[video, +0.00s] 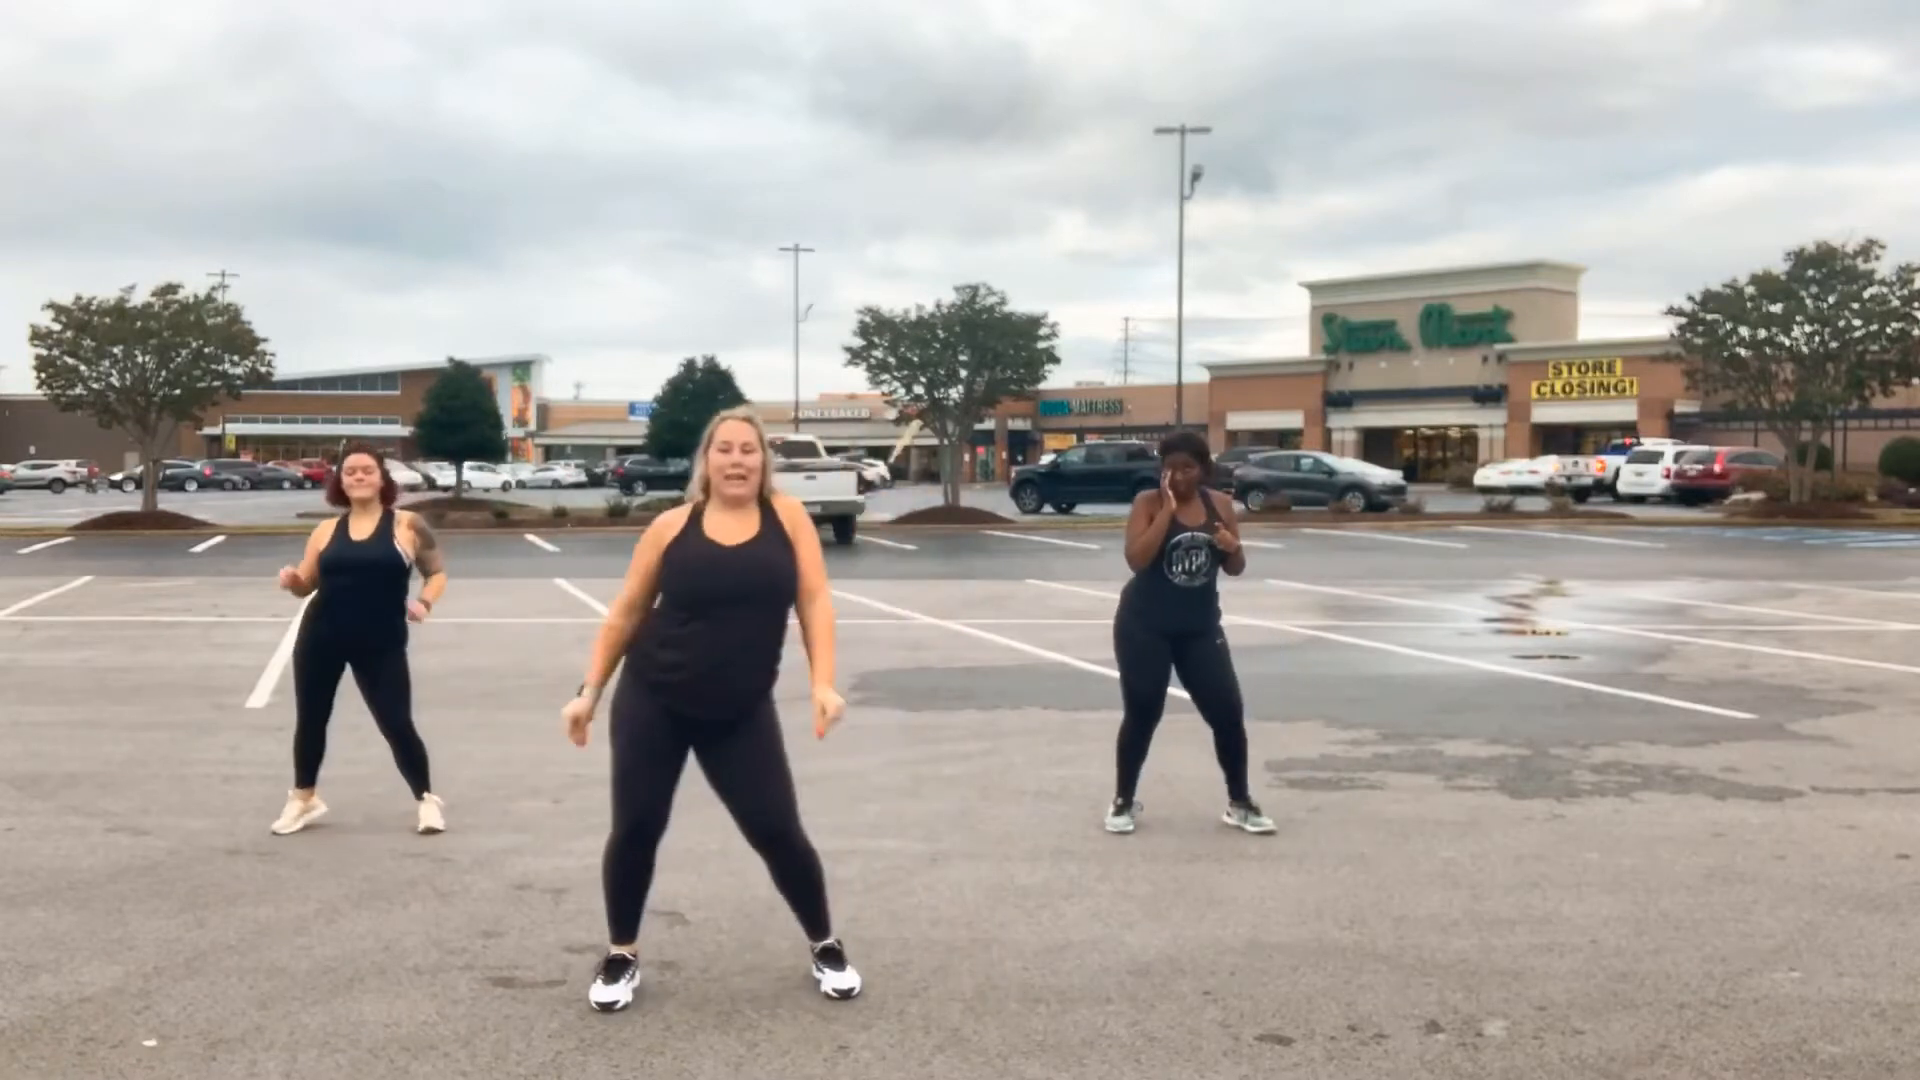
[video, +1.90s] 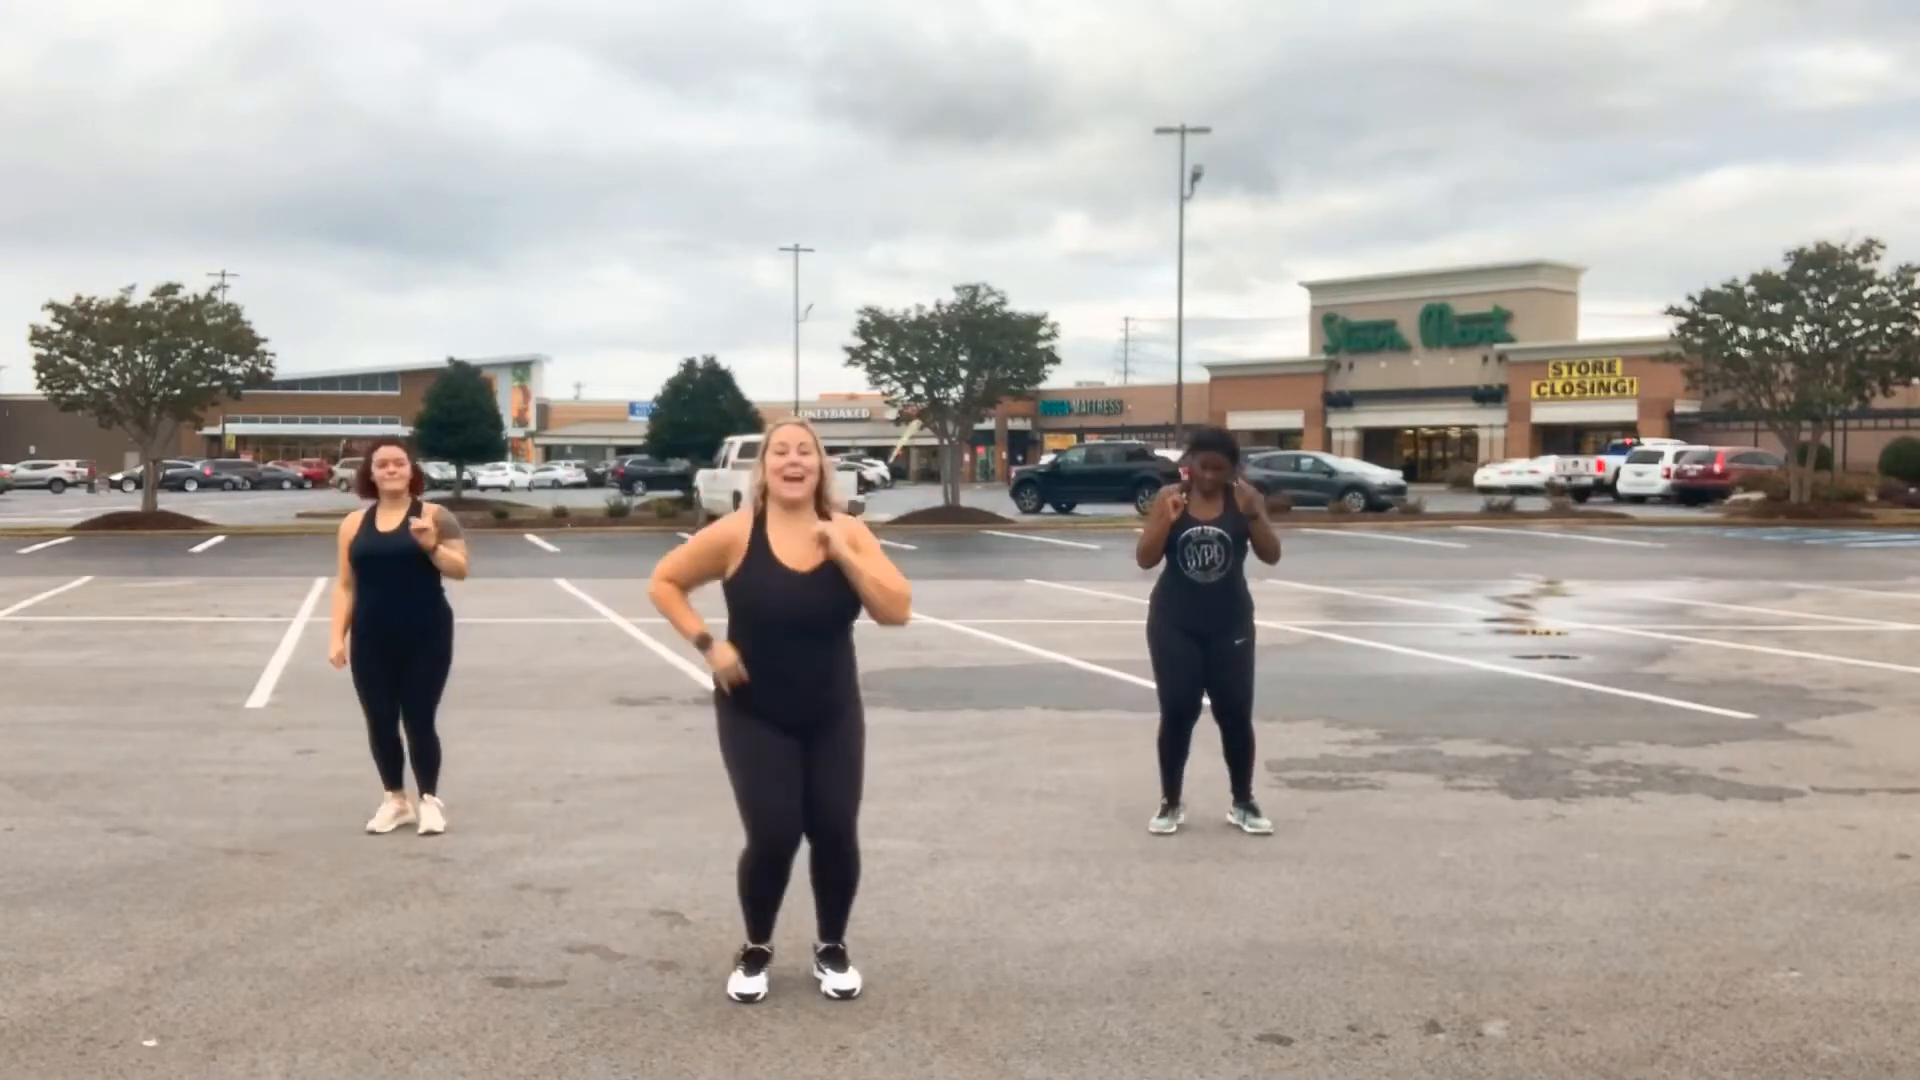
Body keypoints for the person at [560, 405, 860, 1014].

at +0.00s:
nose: (736, 460)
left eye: (748, 449)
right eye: (724, 449)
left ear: (764, 460)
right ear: (704, 459)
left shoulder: (788, 520)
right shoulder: (670, 527)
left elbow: (814, 599)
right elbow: (626, 611)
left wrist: (822, 681)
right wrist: (590, 690)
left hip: (739, 709)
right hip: (652, 703)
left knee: (779, 834)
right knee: (635, 829)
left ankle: (825, 947)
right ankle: (621, 953)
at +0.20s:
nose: (726, 460)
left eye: (739, 451)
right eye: (715, 448)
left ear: (754, 462)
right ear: (695, 457)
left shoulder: (776, 521)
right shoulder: (659, 526)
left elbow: (817, 602)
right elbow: (621, 592)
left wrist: (860, 672)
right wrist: (599, 625)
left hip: (745, 706)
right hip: (655, 703)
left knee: (786, 831)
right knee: (630, 831)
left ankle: (826, 947)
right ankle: (621, 955)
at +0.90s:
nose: (759, 470)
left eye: (771, 459)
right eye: (748, 458)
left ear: (789, 463)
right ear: (730, 463)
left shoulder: (818, 519)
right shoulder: (701, 526)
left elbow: (857, 597)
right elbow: (671, 615)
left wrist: (892, 628)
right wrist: (603, 668)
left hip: (790, 703)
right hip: (702, 699)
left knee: (807, 832)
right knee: (649, 821)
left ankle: (829, 951)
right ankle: (606, 942)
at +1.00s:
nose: (746, 458)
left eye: (757, 447)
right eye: (734, 447)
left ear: (776, 453)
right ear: (716, 454)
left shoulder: (806, 512)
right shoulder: (687, 517)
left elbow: (852, 583)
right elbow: (647, 597)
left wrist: (897, 580)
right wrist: (563, 612)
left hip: (769, 697)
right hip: (680, 694)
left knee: (793, 828)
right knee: (644, 823)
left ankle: (828, 948)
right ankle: (604, 948)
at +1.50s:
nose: (739, 463)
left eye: (751, 453)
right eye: (728, 452)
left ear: (768, 464)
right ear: (709, 464)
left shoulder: (797, 533)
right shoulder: (678, 528)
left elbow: (835, 621)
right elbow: (637, 623)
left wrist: (856, 585)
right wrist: (652, 595)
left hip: (780, 713)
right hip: (690, 711)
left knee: (808, 839)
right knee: (653, 835)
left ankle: (830, 952)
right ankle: (607, 955)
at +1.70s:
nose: (776, 438)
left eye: (788, 429)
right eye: (764, 429)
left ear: (805, 444)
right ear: (744, 444)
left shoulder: (832, 508)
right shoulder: (715, 507)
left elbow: (886, 584)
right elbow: (646, 558)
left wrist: (853, 527)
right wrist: (684, 616)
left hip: (814, 694)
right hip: (731, 691)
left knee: (820, 820)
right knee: (719, 819)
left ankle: (831, 947)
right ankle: (685, 938)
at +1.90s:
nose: (793, 460)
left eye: (804, 451)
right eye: (781, 451)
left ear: (822, 466)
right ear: (762, 468)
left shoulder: (850, 532)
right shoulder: (735, 533)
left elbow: (898, 611)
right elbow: (662, 582)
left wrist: (844, 553)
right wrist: (708, 644)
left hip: (834, 713)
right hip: (755, 712)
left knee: (836, 832)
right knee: (774, 834)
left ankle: (833, 949)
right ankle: (756, 951)